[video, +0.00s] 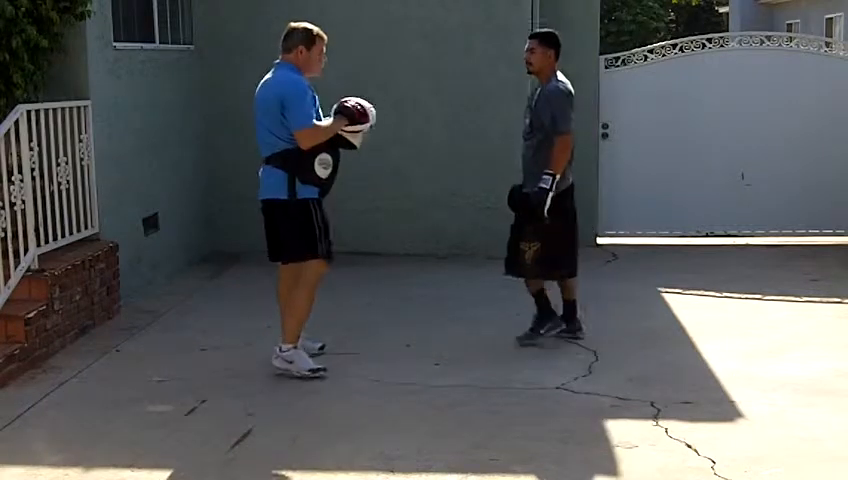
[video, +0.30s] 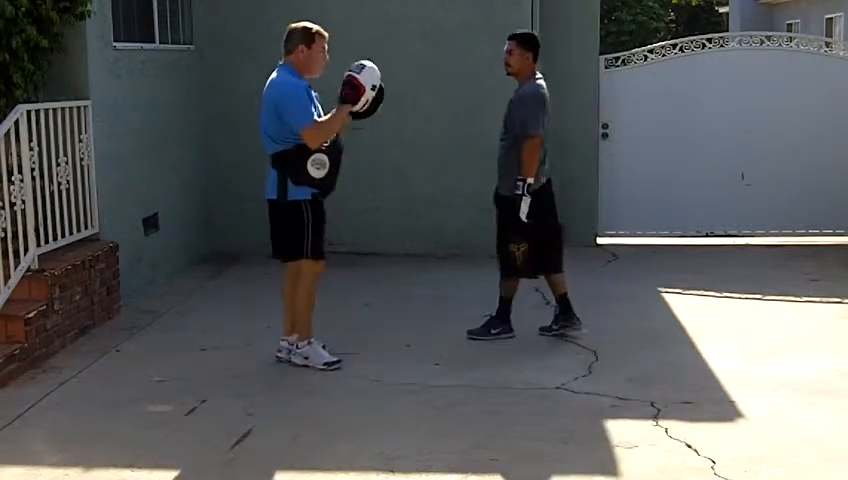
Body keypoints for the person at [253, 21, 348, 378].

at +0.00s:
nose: (323, 59)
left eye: (323, 52)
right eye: (320, 52)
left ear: (293, 52)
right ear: (301, 51)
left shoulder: (273, 82)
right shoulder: (293, 85)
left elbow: (299, 133)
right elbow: (306, 137)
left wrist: (336, 127)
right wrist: (337, 124)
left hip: (277, 190)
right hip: (295, 192)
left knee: (290, 265)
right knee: (316, 263)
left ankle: (291, 339)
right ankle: (289, 349)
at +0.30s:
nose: (327, 58)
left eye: (327, 51)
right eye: (323, 51)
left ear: (299, 53)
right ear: (302, 51)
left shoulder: (289, 83)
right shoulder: (289, 87)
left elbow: (317, 130)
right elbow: (315, 136)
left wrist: (346, 112)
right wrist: (347, 108)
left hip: (291, 190)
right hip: (297, 192)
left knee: (296, 263)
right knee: (312, 264)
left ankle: (291, 340)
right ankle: (303, 343)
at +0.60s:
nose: (323, 53)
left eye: (321, 46)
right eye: (318, 46)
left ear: (296, 51)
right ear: (297, 51)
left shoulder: (294, 83)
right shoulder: (287, 89)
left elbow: (331, 125)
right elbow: (327, 136)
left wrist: (354, 96)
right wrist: (353, 97)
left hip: (307, 188)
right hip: (296, 192)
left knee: (318, 261)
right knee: (310, 263)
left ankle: (306, 334)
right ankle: (304, 344)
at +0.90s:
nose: (327, 53)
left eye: (326, 46)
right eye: (322, 46)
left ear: (301, 51)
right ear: (300, 51)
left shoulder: (305, 82)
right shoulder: (287, 88)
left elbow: (335, 124)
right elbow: (318, 137)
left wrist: (361, 105)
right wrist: (353, 107)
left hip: (316, 185)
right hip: (300, 189)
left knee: (320, 258)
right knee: (311, 261)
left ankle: (319, 329)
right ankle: (304, 345)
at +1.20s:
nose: (340, 52)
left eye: (339, 46)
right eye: (335, 46)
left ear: (316, 52)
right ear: (315, 51)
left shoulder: (316, 82)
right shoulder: (291, 91)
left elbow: (330, 128)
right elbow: (277, 150)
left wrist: (358, 132)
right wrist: (297, 185)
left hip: (324, 186)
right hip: (308, 189)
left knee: (323, 259)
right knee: (315, 262)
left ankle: (319, 330)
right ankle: (304, 345)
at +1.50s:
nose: (345, 52)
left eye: (343, 46)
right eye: (341, 46)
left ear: (313, 50)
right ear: (325, 48)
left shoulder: (294, 82)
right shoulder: (316, 81)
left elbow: (282, 131)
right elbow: (306, 127)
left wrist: (303, 154)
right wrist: (317, 159)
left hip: (306, 190)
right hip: (318, 192)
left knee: (314, 261)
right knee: (319, 262)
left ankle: (318, 329)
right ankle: (305, 344)